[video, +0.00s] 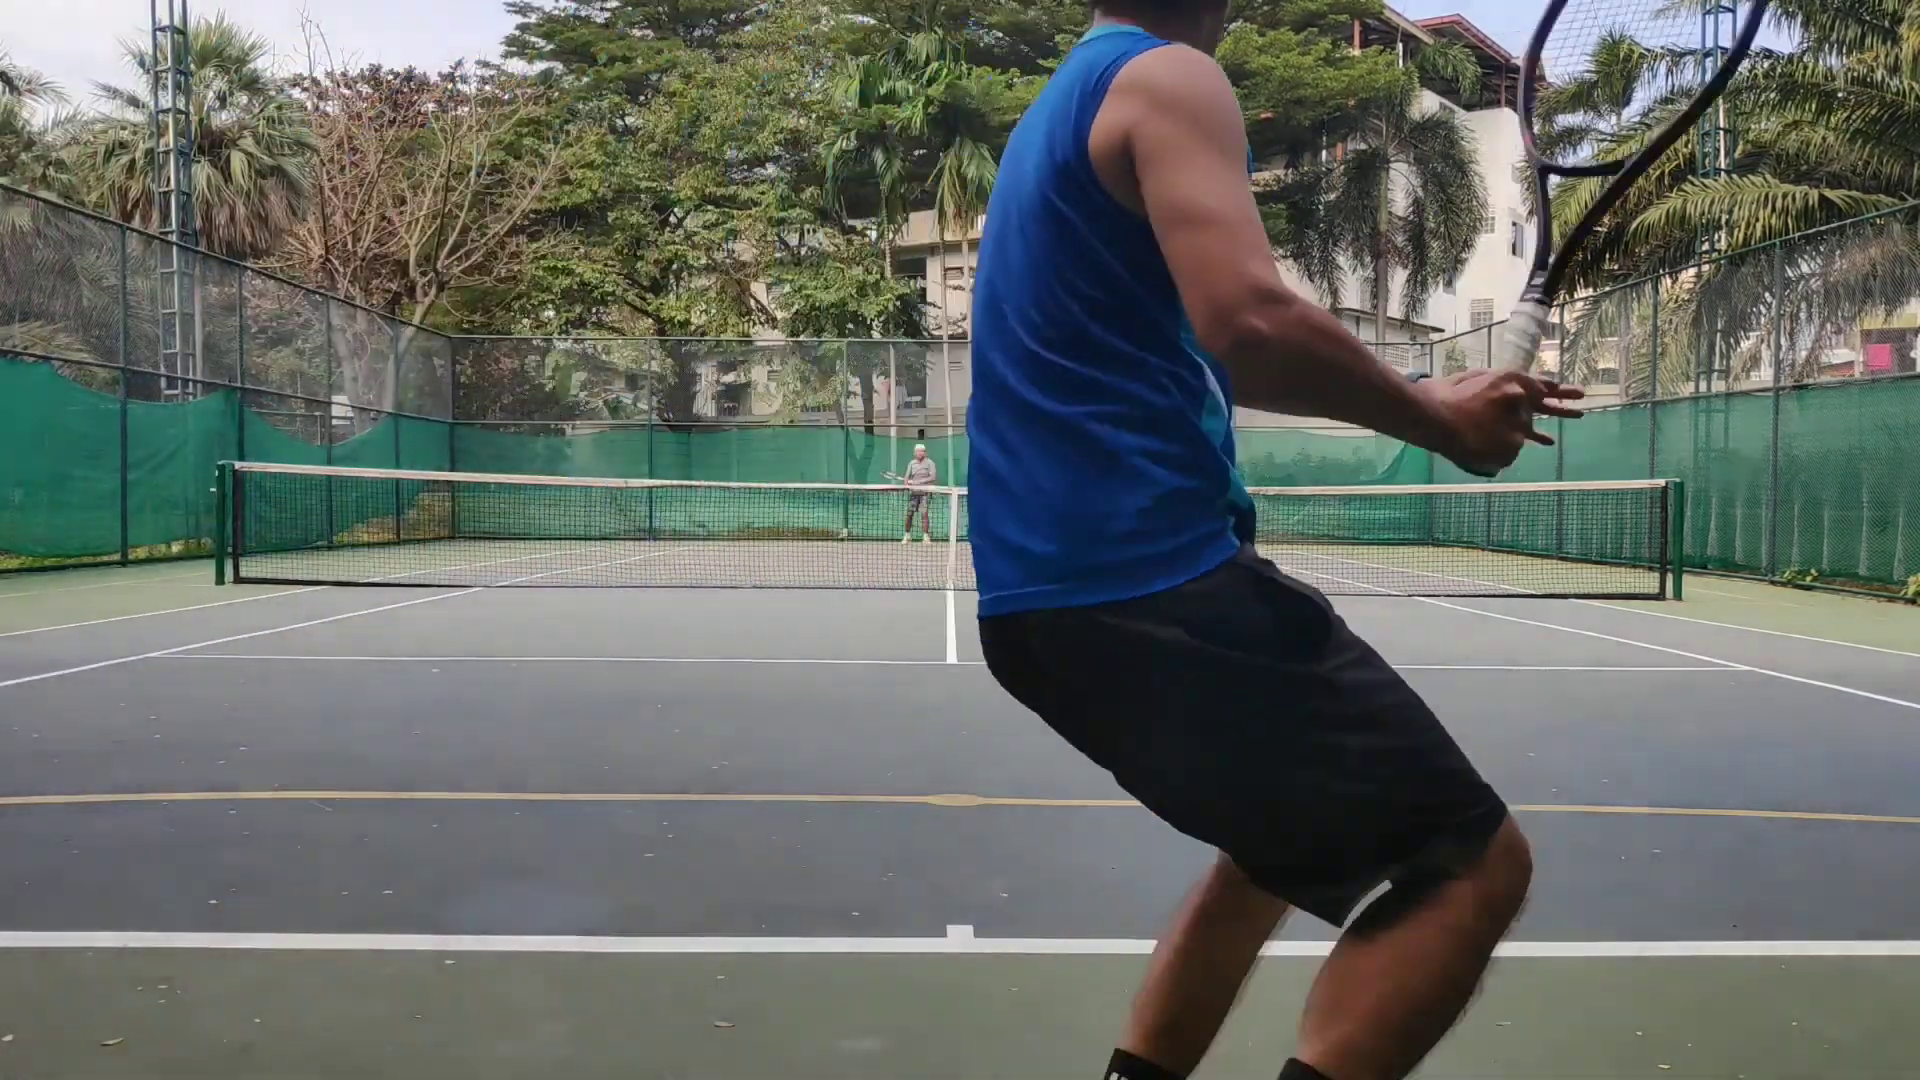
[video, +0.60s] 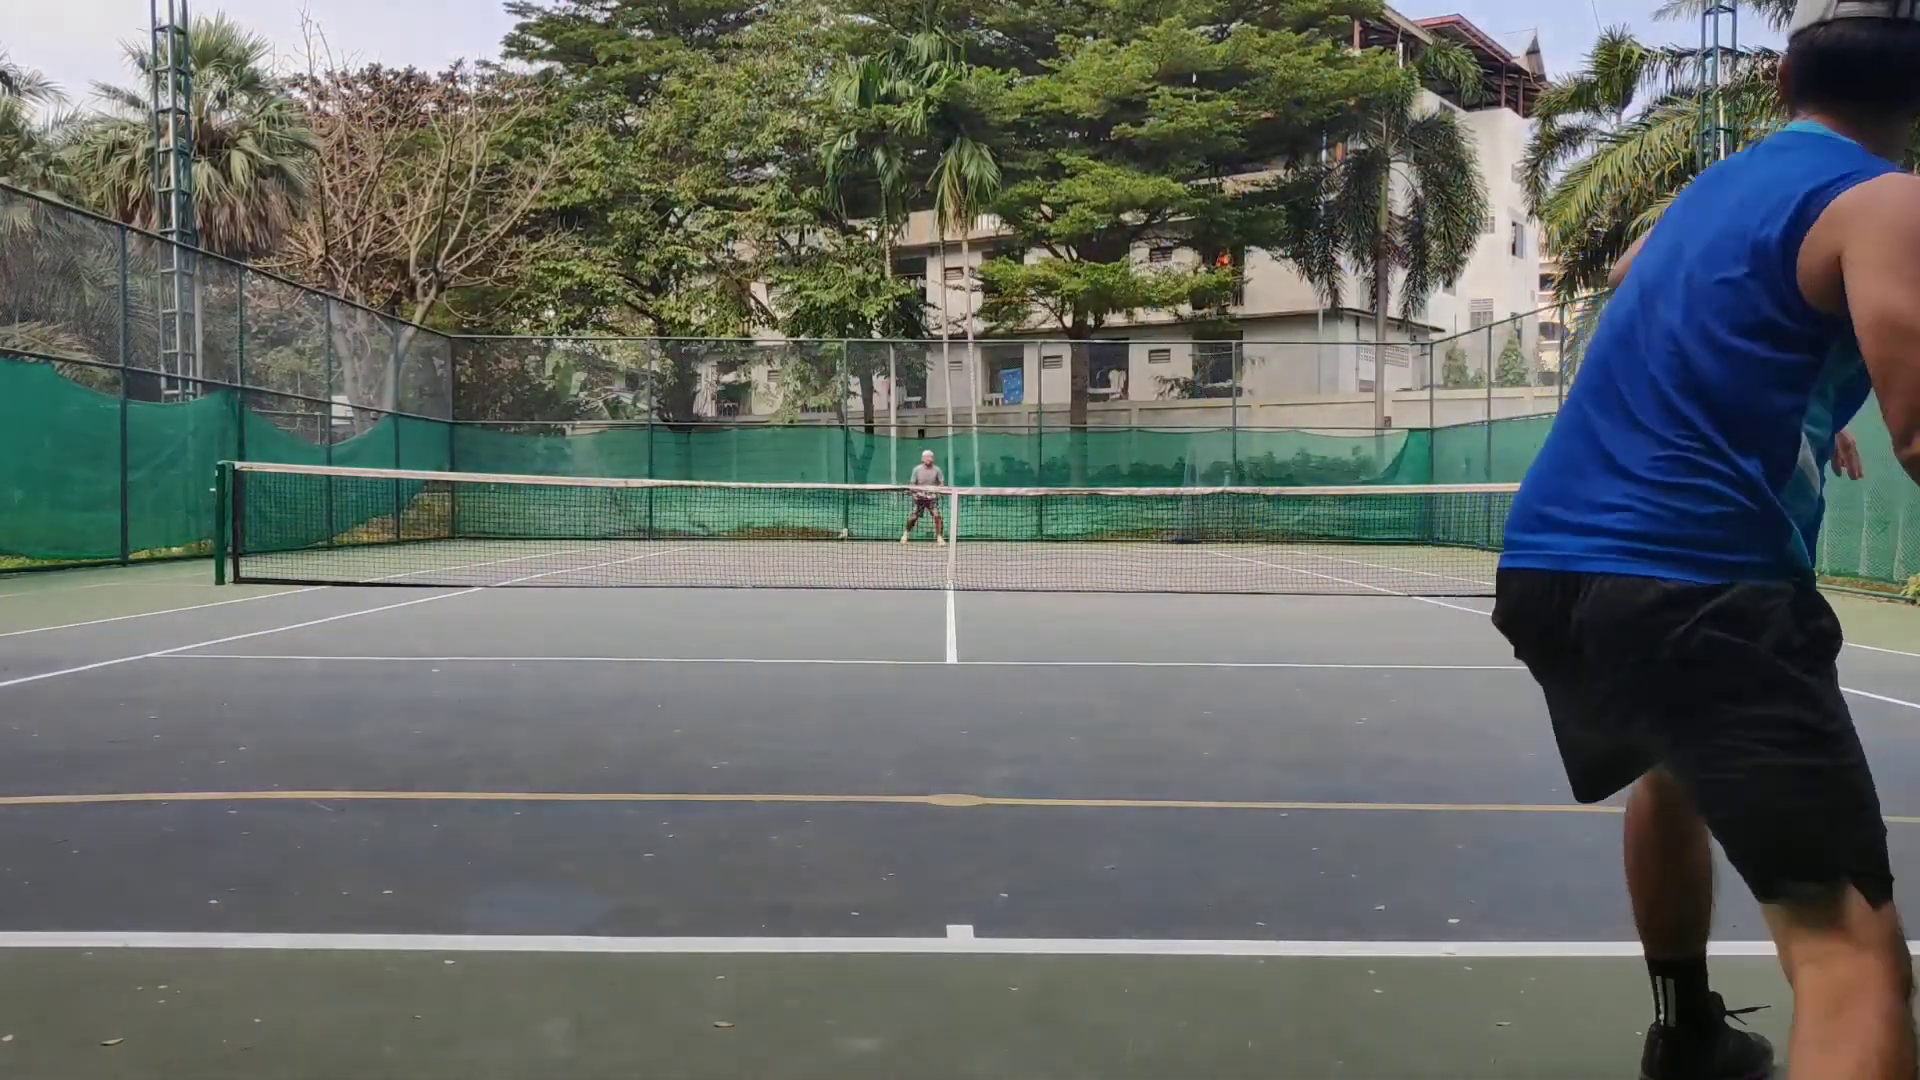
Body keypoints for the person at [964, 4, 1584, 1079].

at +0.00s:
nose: (1231, 17)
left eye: (1227, 12)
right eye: (1230, 7)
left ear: (1108, 1)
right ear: (1211, 1)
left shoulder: (1063, 108)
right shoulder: (1168, 82)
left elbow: (1223, 362)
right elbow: (1248, 317)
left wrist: (1425, 403)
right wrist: (1437, 418)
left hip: (1053, 602)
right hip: (1154, 588)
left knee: (1283, 829)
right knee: (1476, 864)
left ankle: (1142, 1067)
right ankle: (1320, 1068)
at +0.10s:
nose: (1428, 20)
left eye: (1422, 11)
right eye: (1422, 8)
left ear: (1285, 13)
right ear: (1400, 12)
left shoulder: (1269, 116)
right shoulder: (1330, 93)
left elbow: (1447, 357)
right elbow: (1358, 308)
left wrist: (1667, 401)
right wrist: (1649, 339)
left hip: (1200, 623)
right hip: (1311, 608)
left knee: (1362, 886)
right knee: (1674, 887)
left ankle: (1171, 1068)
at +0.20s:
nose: (1629, 47)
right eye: (1626, 34)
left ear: (1473, 34)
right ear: (1616, 45)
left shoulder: (1444, 140)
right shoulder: (1521, 118)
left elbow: (1658, 380)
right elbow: (1474, 313)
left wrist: (1880, 459)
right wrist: (1786, 328)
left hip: (1330, 638)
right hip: (1464, 628)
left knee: (1482, 839)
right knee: (1831, 902)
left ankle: (1273, 1042)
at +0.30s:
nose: (1773, 89)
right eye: (1778, 71)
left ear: (1620, 53)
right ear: (1772, 72)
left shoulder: (1589, 155)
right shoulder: (1681, 137)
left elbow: (1773, 404)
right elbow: (1584, 327)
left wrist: (1915, 477)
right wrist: (1876, 382)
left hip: (1410, 636)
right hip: (1561, 645)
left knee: (1574, 777)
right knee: (1900, 912)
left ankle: (1451, 1046)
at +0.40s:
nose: (1867, 92)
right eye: (1872, 72)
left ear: (1712, 62)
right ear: (1859, 76)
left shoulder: (1668, 164)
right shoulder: (1780, 134)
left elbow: (1807, 402)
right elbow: (1690, 321)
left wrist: (1915, 488)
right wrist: (1904, 414)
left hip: (1464, 609)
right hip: (1618, 622)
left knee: (1606, 759)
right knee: (1908, 925)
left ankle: (1585, 1045)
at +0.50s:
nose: (1913, 124)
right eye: (1914, 100)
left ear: (1776, 84)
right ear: (1903, 92)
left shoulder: (1706, 184)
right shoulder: (1840, 156)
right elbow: (1800, 345)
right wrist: (1910, 480)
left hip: (1506, 593)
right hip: (1657, 605)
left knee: (1622, 794)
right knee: (1898, 953)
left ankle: (1663, 1022)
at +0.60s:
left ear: (1790, 88)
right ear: (1914, 104)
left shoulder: (1714, 184)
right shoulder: (1881, 197)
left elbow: (1636, 301)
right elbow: (1908, 433)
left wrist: (1793, 403)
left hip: (1545, 574)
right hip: (1699, 589)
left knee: (1666, 758)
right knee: (1846, 953)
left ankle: (1682, 1023)